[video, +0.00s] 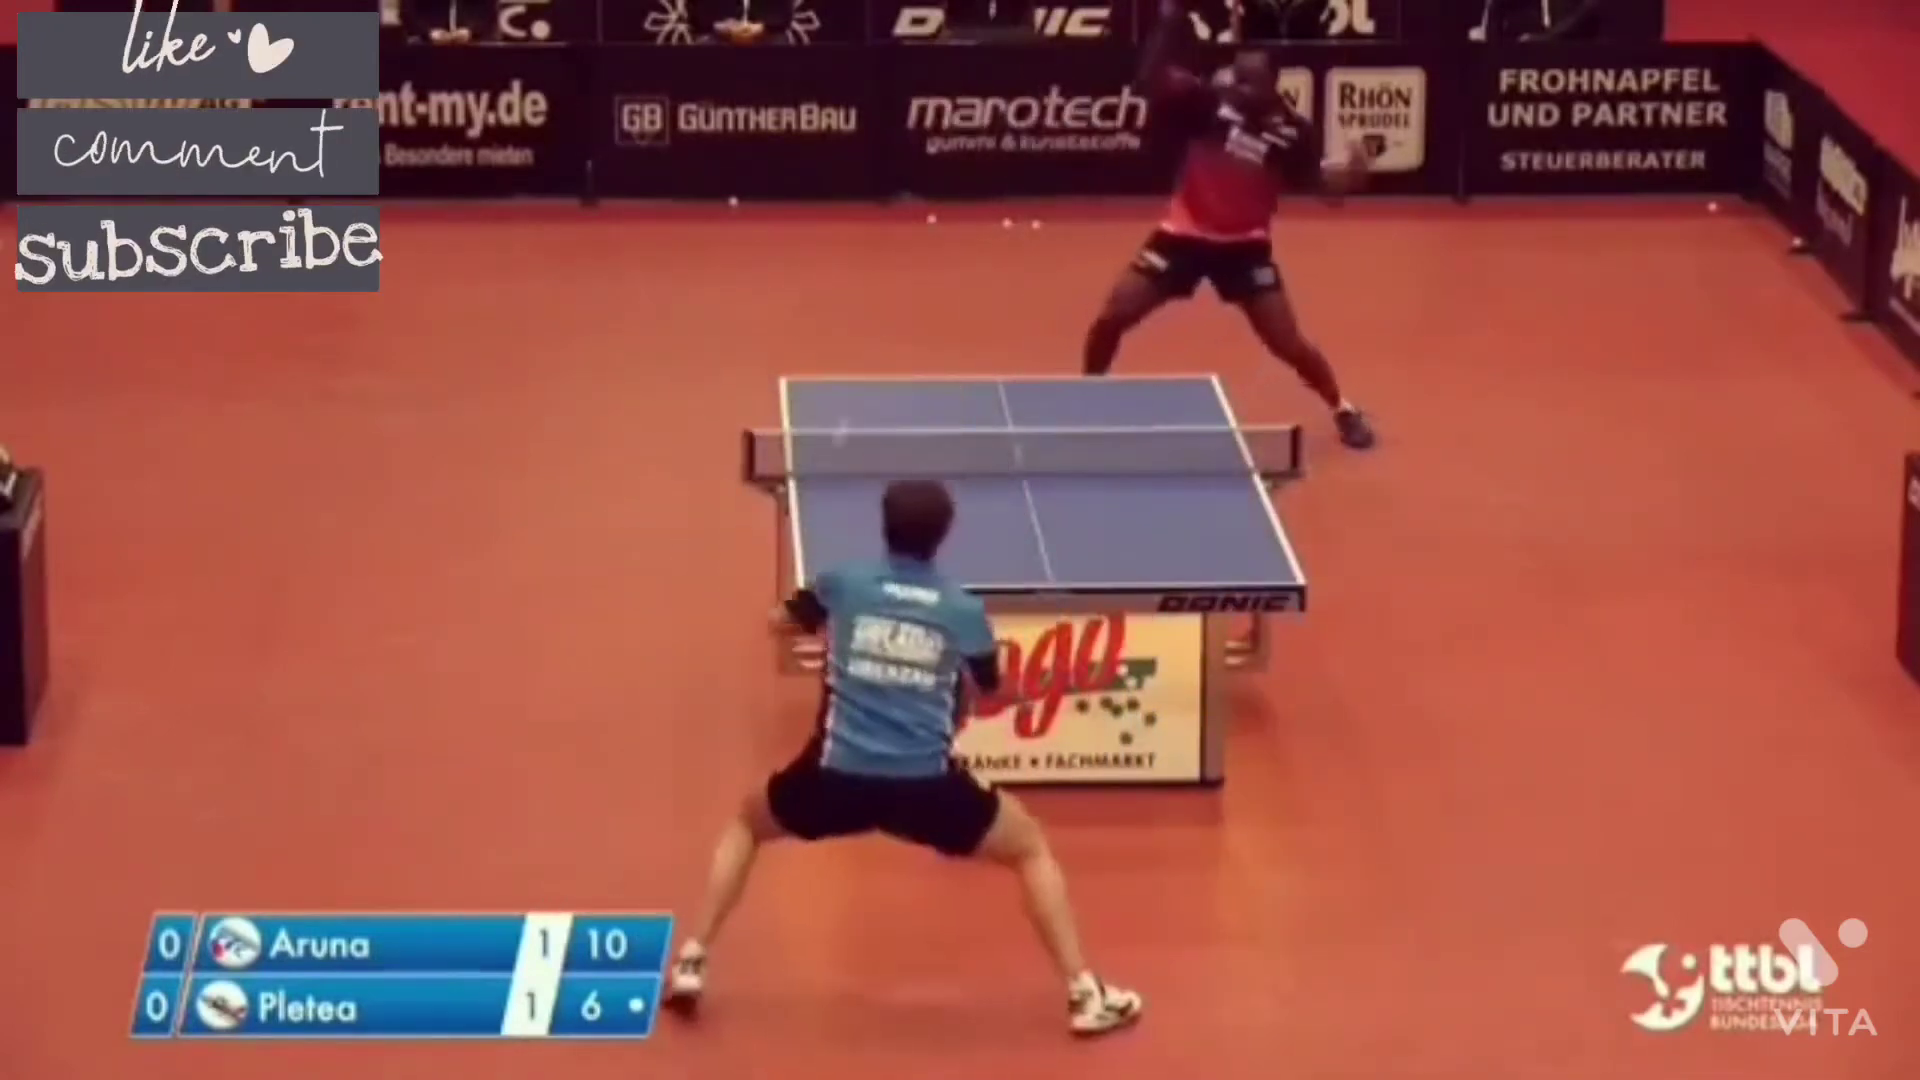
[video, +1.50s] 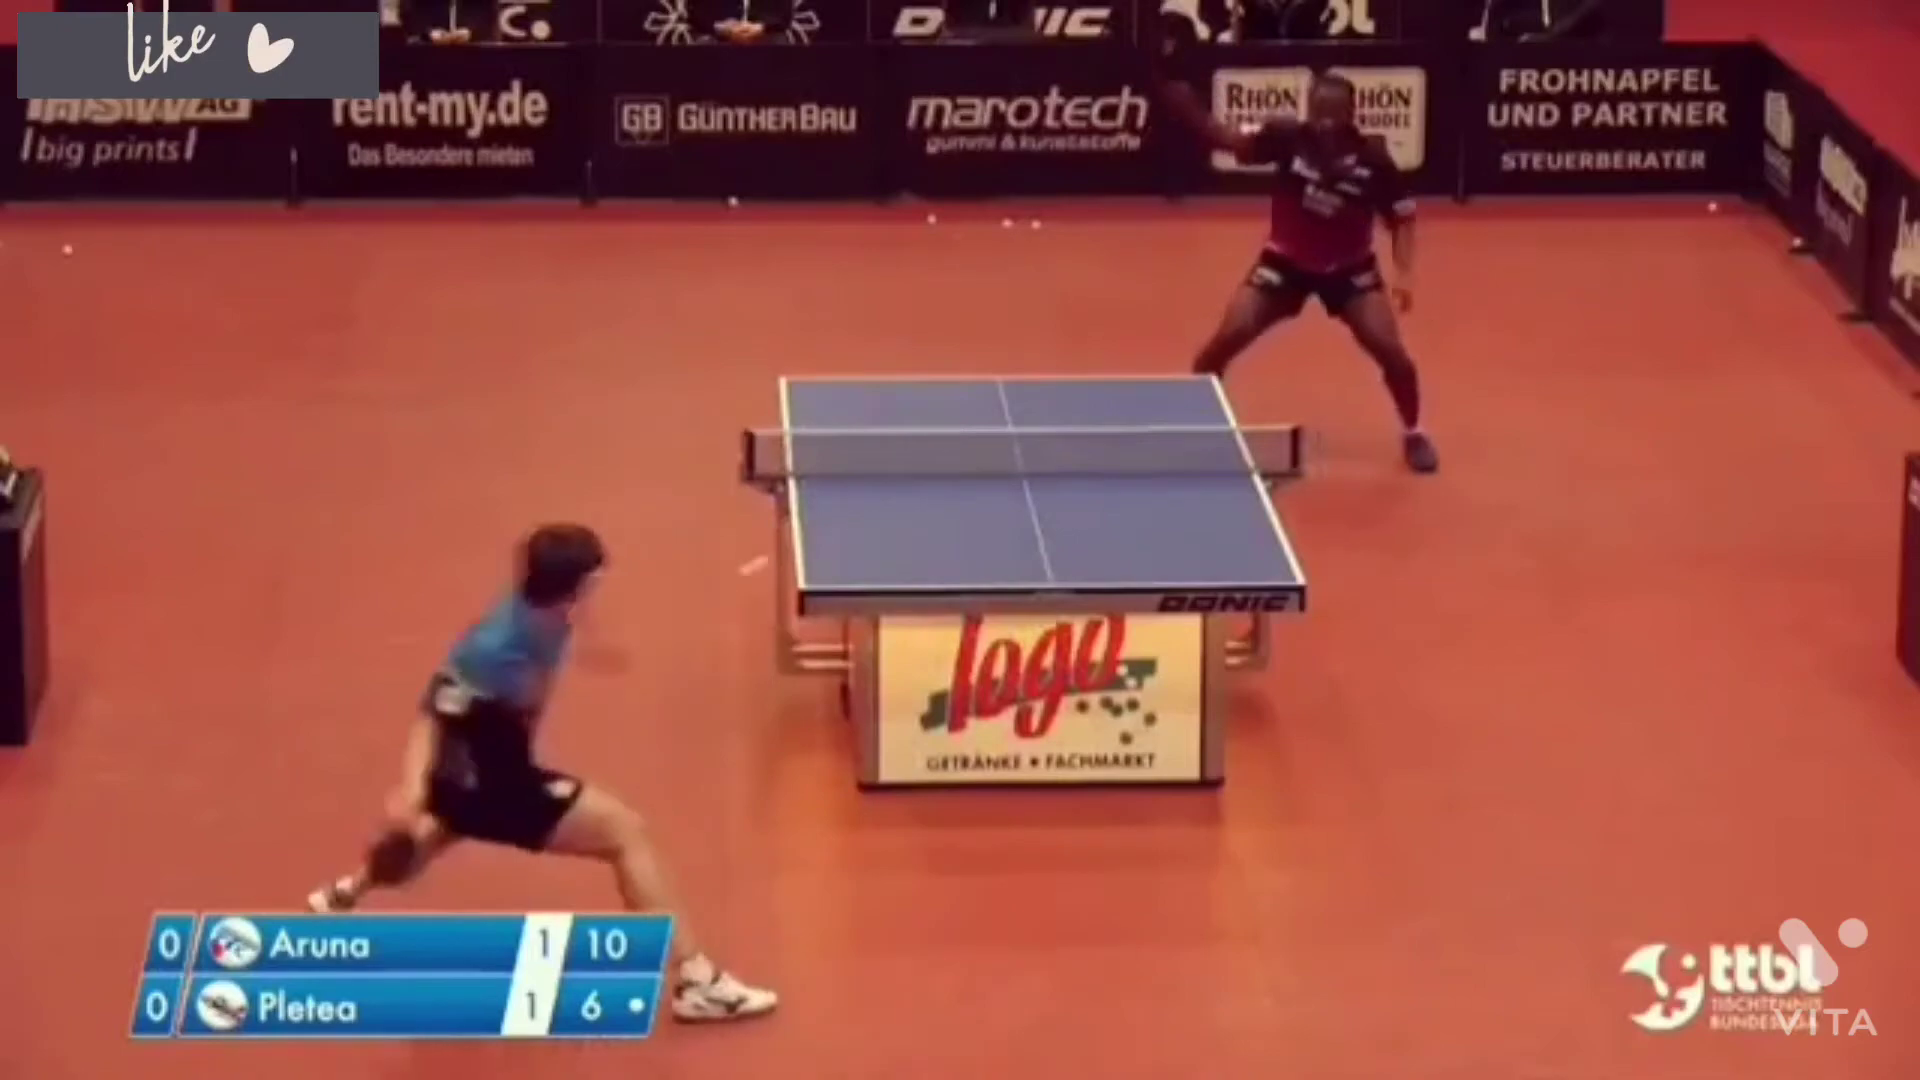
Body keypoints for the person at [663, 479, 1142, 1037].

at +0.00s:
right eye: (937, 521)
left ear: (885, 528)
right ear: (942, 535)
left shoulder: (842, 583)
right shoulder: (962, 610)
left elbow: (788, 620)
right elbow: (989, 696)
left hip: (836, 780)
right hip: (926, 787)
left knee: (749, 826)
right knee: (1030, 850)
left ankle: (692, 957)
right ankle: (1085, 992)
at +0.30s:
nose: (684, 437)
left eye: (686, 429)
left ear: (695, 437)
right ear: (752, 430)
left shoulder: (700, 492)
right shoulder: (781, 486)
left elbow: (639, 510)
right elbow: (789, 494)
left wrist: (661, 497)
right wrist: (805, 480)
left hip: (765, 688)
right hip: (842, 678)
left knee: (705, 818)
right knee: (901, 823)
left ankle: (688, 967)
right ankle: (964, 969)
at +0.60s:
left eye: (630, 439)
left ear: (625, 453)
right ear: (684, 444)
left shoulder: (615, 529)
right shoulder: (731, 503)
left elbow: (578, 606)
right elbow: (828, 486)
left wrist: (540, 661)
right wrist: (851, 401)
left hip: (667, 719)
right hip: (748, 710)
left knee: (619, 848)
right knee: (804, 833)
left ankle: (614, 993)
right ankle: (861, 965)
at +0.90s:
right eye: (718, 469)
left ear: (659, 477)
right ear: (719, 482)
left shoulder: (613, 537)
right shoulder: (736, 569)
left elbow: (540, 584)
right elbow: (781, 642)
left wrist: (571, 609)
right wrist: (815, 600)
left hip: (600, 738)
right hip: (685, 748)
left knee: (551, 837)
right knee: (763, 865)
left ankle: (511, 972)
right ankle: (778, 1016)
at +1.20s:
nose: (748, 521)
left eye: (743, 509)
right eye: (745, 514)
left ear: (684, 513)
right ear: (737, 531)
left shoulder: (648, 549)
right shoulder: (706, 621)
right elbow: (716, 727)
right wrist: (783, 763)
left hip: (536, 727)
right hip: (599, 755)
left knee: (495, 825)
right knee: (723, 831)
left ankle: (395, 912)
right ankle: (703, 981)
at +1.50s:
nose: (592, 590)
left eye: (591, 580)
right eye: (589, 581)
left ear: (541, 579)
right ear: (570, 591)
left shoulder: (546, 621)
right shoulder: (497, 643)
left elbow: (556, 658)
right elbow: (431, 714)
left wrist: (594, 659)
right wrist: (412, 795)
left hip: (466, 776)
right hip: (493, 791)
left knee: (422, 840)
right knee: (624, 831)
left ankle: (341, 896)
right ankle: (694, 978)